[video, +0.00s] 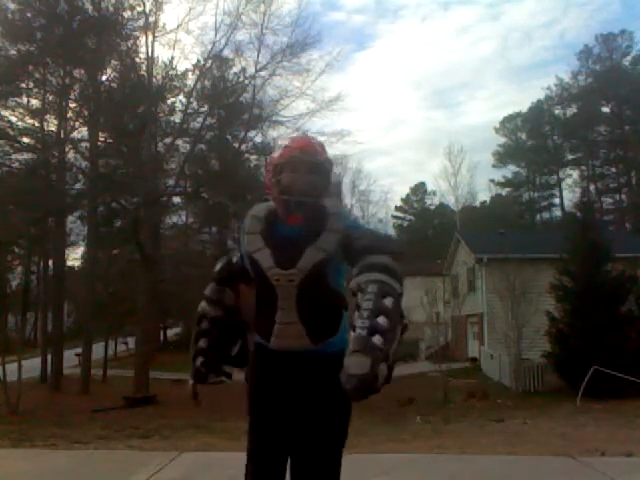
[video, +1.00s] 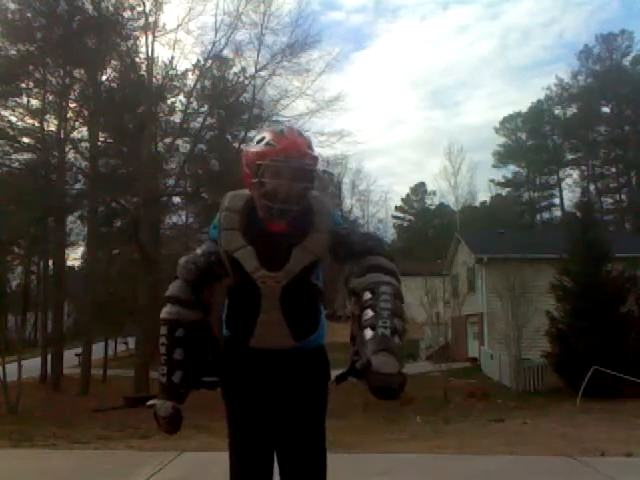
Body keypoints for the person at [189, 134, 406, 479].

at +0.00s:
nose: (302, 179)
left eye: (312, 171)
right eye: (291, 170)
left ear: (325, 180)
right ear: (274, 180)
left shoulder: (342, 229)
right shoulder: (253, 229)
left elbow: (378, 274)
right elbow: (225, 287)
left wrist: (369, 346)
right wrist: (209, 343)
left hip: (323, 364)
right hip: (267, 363)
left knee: (318, 465)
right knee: (264, 462)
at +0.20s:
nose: (288, 182)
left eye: (299, 172)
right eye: (280, 171)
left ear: (315, 180)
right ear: (263, 177)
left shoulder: (340, 231)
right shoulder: (243, 229)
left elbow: (369, 288)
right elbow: (209, 285)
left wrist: (355, 357)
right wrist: (189, 345)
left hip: (316, 363)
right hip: (260, 362)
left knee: (313, 464)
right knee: (262, 462)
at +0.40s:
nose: (286, 196)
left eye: (296, 186)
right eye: (276, 185)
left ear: (311, 187)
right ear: (257, 183)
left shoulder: (333, 226)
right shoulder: (237, 225)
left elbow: (370, 272)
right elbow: (198, 285)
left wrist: (356, 362)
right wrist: (175, 347)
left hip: (311, 363)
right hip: (255, 362)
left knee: (311, 463)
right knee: (261, 462)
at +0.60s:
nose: (283, 195)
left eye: (296, 184)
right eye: (273, 182)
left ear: (311, 188)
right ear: (254, 184)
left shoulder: (332, 229)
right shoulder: (232, 228)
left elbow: (369, 285)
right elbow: (194, 288)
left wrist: (364, 380)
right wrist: (174, 364)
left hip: (309, 364)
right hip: (251, 365)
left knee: (309, 464)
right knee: (257, 464)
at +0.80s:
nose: (287, 195)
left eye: (300, 185)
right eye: (277, 182)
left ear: (312, 188)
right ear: (256, 183)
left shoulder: (327, 226)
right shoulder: (231, 226)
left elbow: (371, 275)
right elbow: (189, 295)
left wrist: (383, 358)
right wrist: (170, 386)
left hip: (305, 363)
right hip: (246, 365)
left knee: (306, 466)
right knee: (253, 467)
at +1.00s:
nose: (286, 188)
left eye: (297, 178)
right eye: (275, 175)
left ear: (310, 182)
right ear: (255, 176)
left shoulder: (325, 220)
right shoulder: (230, 221)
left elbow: (370, 264)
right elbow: (188, 291)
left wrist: (380, 341)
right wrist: (171, 384)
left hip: (303, 362)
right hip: (244, 362)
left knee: (305, 466)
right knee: (248, 467)